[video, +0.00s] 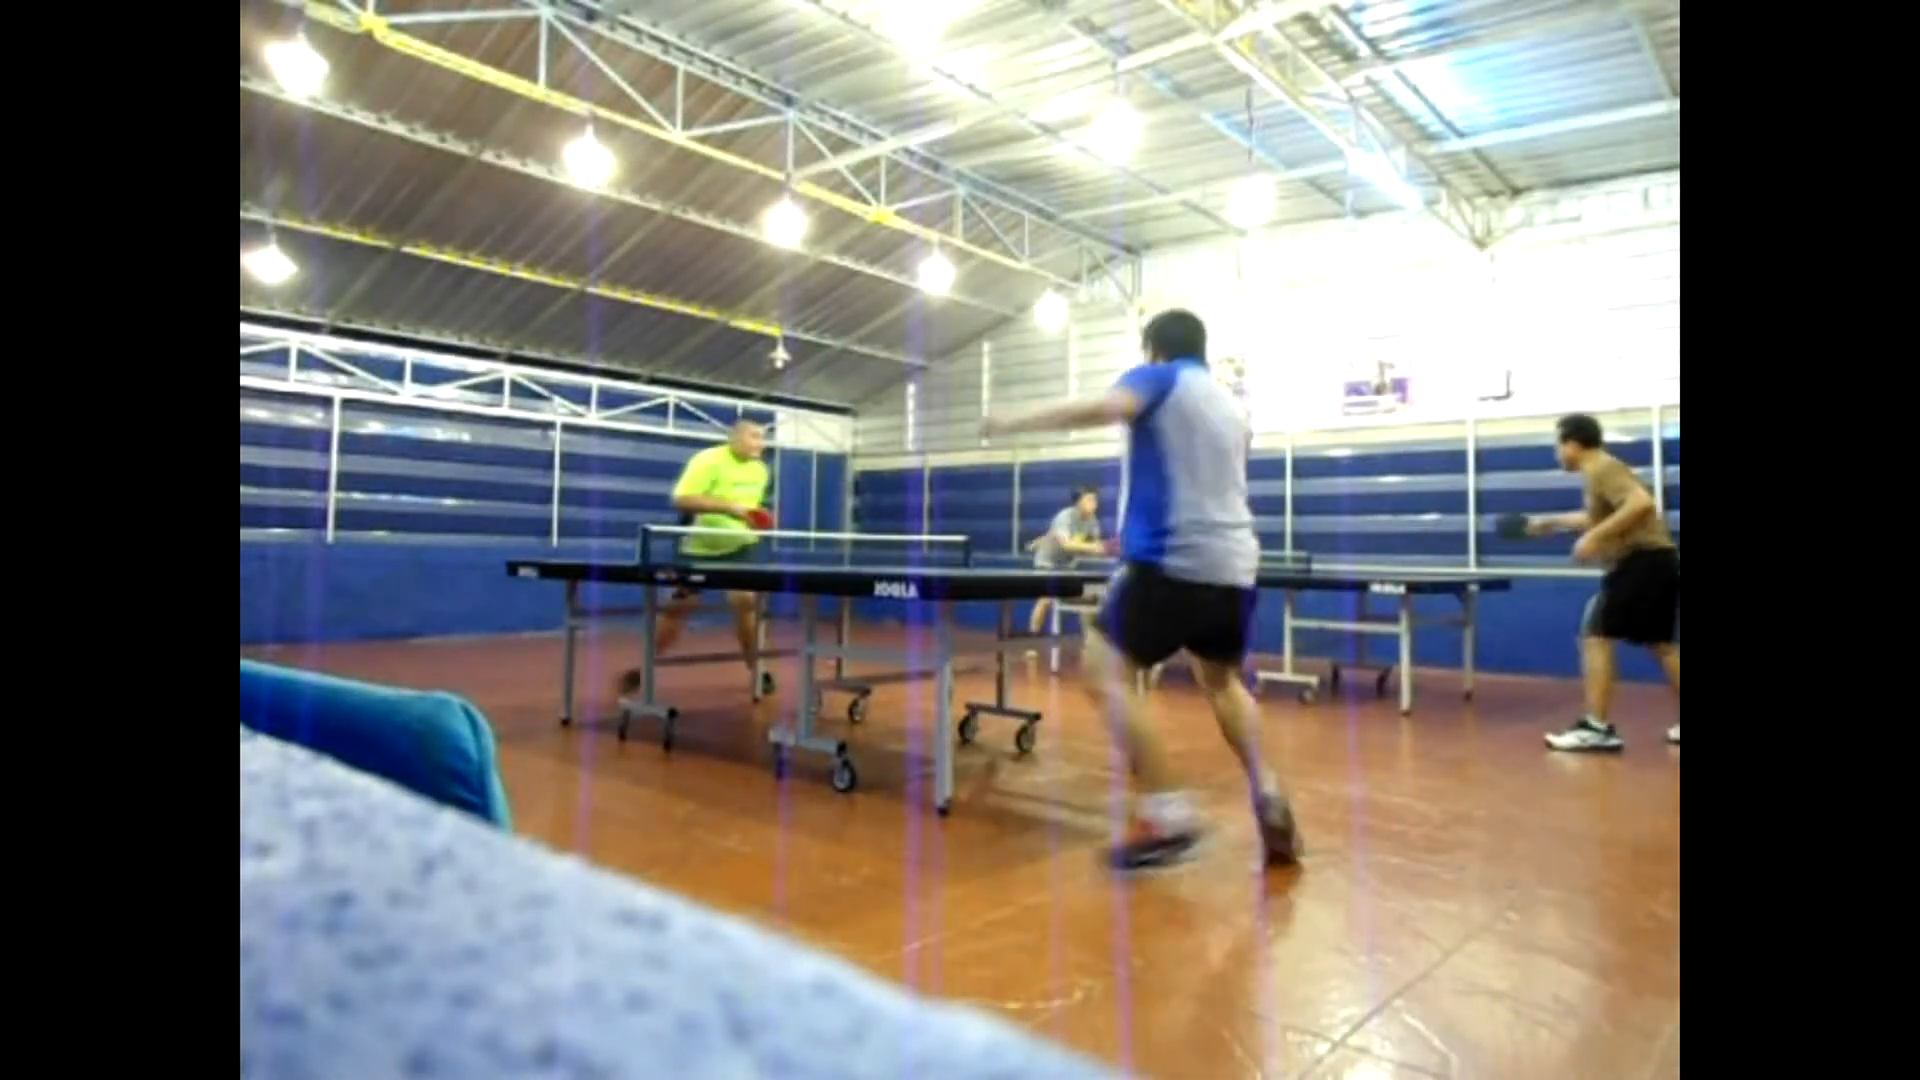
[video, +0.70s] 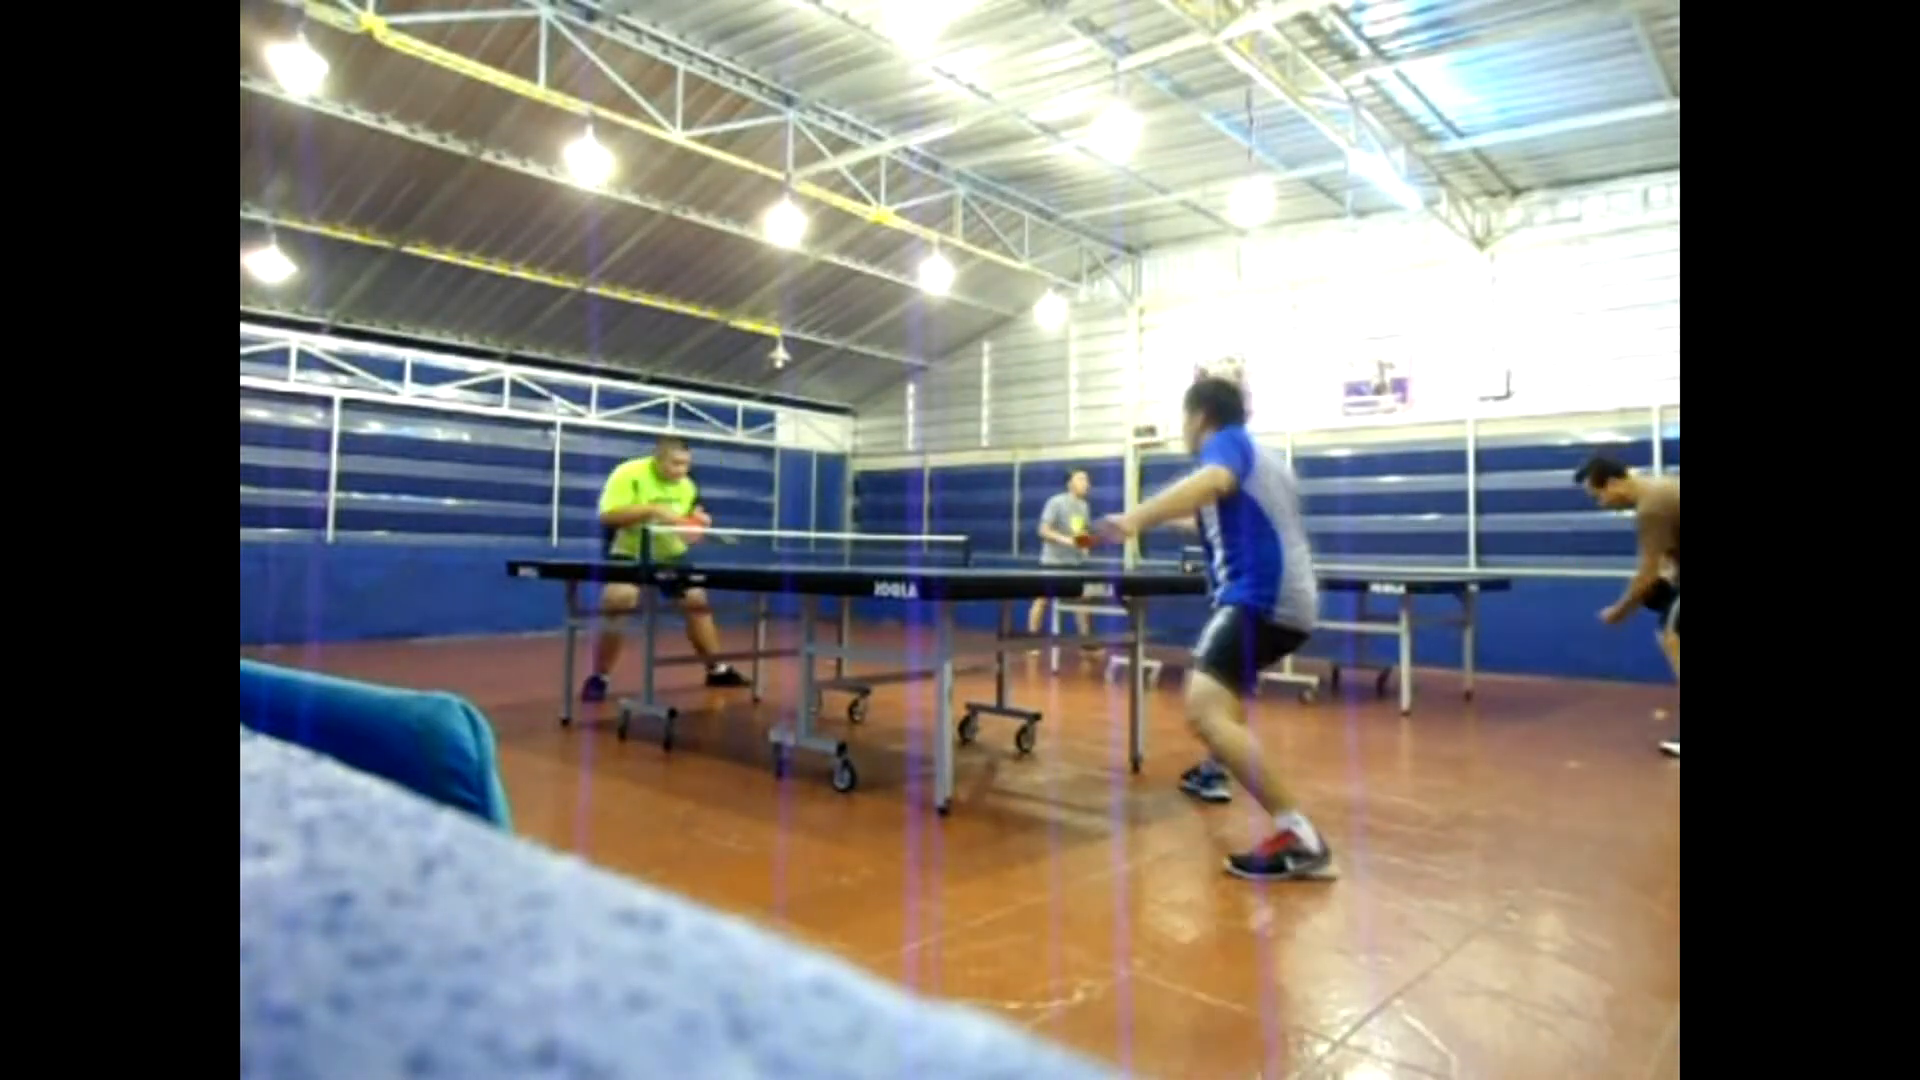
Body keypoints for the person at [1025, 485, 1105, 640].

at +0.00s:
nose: (1093, 505)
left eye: (1094, 500)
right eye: (1089, 500)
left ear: (1096, 502)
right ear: (1078, 501)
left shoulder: (1092, 520)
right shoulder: (1065, 516)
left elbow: (1097, 545)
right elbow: (1066, 544)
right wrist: (1094, 548)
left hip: (1070, 562)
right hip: (1047, 560)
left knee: (1078, 598)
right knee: (1046, 598)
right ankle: (1034, 635)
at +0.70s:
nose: (1085, 484)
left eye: (1086, 481)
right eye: (1080, 480)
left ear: (1087, 484)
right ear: (1071, 483)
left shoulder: (1084, 506)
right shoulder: (1056, 502)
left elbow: (1083, 529)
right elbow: (1043, 529)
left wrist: (1087, 540)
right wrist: (1068, 540)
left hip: (1075, 561)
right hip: (1053, 561)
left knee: (1080, 601)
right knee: (1042, 599)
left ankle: (1086, 638)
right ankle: (1033, 637)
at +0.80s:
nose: (1081, 483)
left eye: (1083, 479)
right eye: (1077, 479)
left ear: (1084, 484)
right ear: (1067, 482)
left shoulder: (1082, 505)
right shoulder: (1053, 502)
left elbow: (1083, 528)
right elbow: (1040, 529)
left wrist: (1084, 541)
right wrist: (1064, 540)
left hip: (1075, 561)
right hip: (1053, 561)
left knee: (1081, 601)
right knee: (1043, 599)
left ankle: (1086, 639)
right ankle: (1032, 638)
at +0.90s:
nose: (1079, 484)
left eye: (1081, 480)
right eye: (1075, 479)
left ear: (1083, 484)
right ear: (1065, 483)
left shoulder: (1082, 505)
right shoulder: (1052, 502)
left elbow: (1084, 529)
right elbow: (1039, 529)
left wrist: (1083, 545)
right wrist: (1063, 540)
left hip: (1076, 561)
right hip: (1053, 561)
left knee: (1080, 601)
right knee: (1043, 599)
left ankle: (1086, 639)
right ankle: (1033, 637)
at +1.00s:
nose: (1078, 484)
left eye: (1080, 480)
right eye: (1074, 480)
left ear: (1082, 484)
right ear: (1064, 483)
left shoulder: (1082, 505)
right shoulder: (1051, 503)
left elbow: (1085, 529)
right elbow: (1041, 531)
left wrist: (1086, 545)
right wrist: (1065, 541)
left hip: (1077, 561)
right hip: (1055, 561)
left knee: (1080, 601)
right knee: (1044, 599)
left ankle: (1086, 639)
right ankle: (1032, 637)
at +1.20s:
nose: (1075, 485)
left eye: (1077, 481)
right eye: (1071, 481)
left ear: (1081, 485)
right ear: (1063, 485)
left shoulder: (1083, 507)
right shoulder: (1051, 504)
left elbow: (1087, 532)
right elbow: (1044, 533)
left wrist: (1090, 549)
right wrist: (1068, 543)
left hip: (1078, 561)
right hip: (1056, 562)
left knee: (1081, 601)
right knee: (1046, 598)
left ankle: (1086, 637)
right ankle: (1033, 634)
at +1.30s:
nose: (1073, 486)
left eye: (1075, 481)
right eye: (1069, 482)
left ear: (1080, 484)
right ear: (1062, 485)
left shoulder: (1083, 507)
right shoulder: (1051, 504)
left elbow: (1088, 533)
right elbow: (1048, 534)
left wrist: (1092, 554)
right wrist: (1071, 551)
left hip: (1079, 562)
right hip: (1057, 561)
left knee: (1082, 601)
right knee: (1046, 598)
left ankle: (1086, 637)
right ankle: (1033, 635)